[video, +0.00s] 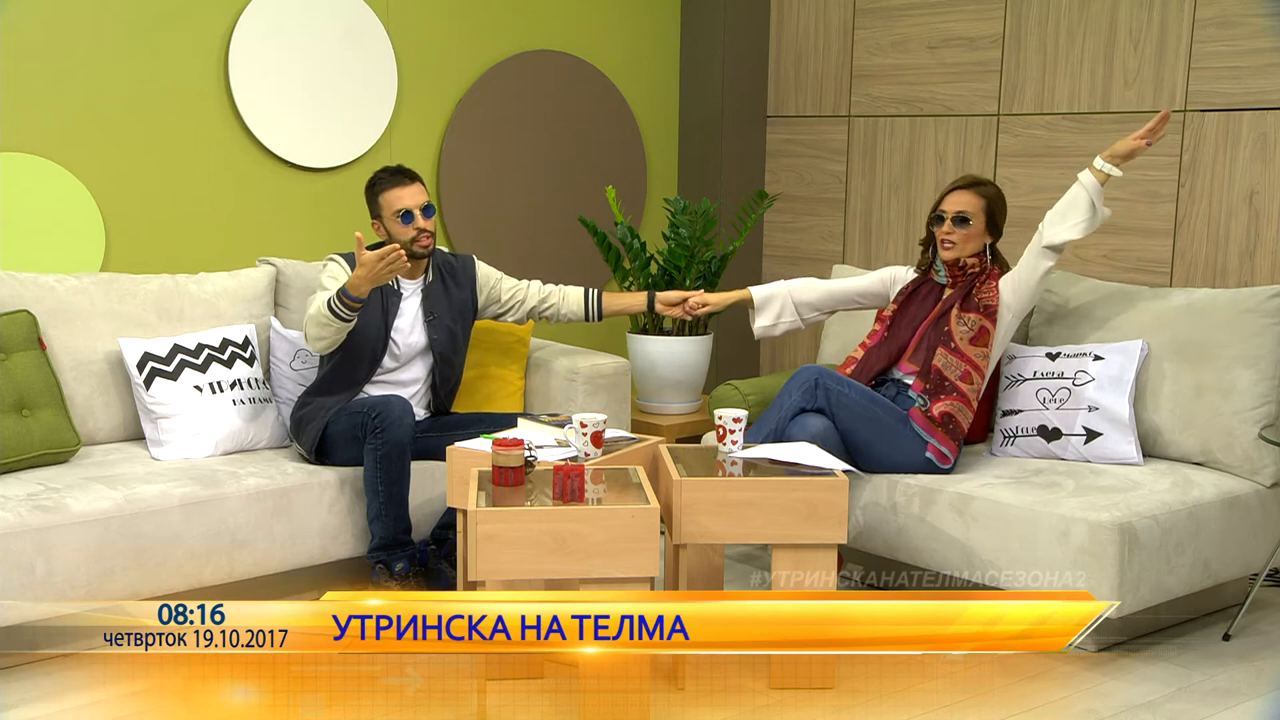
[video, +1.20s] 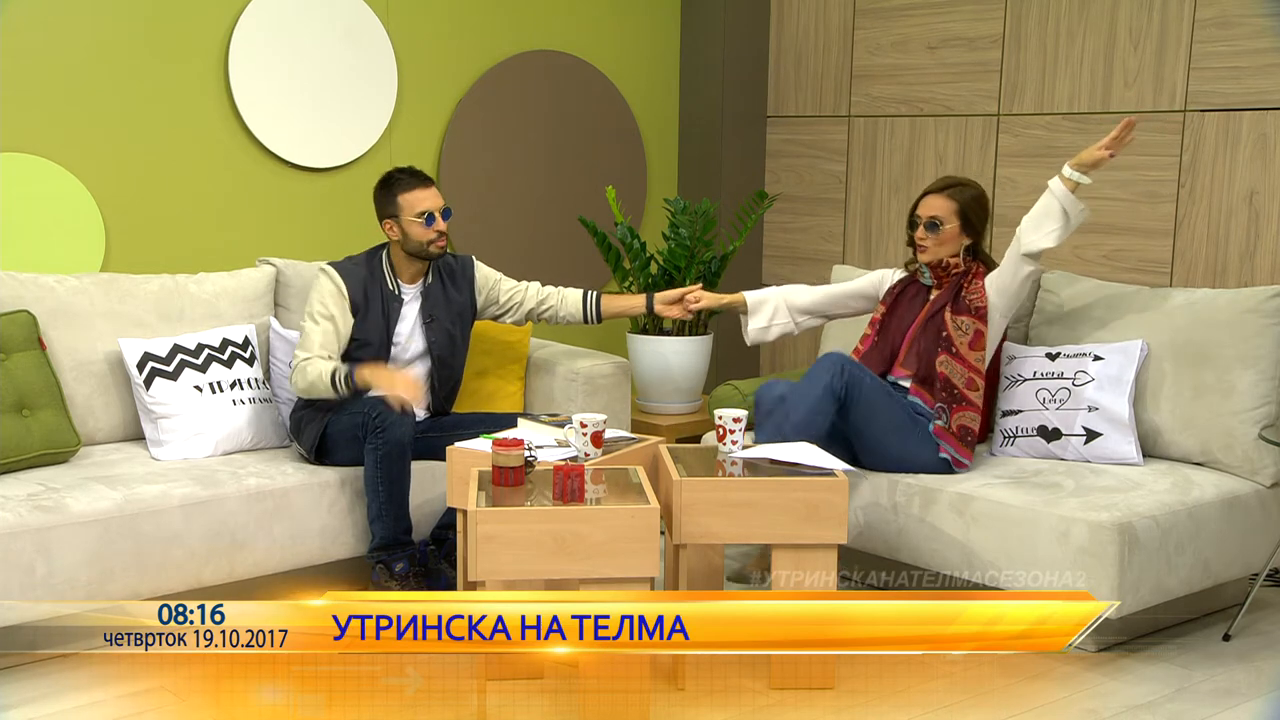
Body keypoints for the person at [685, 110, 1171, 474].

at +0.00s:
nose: (947, 230)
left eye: (962, 221)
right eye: (941, 220)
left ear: (992, 233)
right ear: (931, 229)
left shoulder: (1002, 297)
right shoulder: (909, 284)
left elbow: (1049, 242)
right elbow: (822, 291)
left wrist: (1106, 164)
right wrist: (729, 298)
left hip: (924, 433)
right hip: (868, 417)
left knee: (815, 379)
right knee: (803, 435)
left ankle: (736, 460)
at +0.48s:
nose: (941, 230)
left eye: (956, 221)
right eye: (939, 221)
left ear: (990, 232)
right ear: (935, 230)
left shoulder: (1005, 297)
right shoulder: (910, 283)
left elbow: (1052, 246)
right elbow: (823, 290)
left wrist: (1112, 168)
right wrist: (729, 298)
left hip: (925, 435)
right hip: (868, 415)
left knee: (814, 377)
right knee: (805, 428)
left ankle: (730, 469)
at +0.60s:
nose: (943, 231)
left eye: (957, 222)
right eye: (940, 222)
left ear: (992, 233)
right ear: (934, 231)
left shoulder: (1006, 297)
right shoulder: (911, 283)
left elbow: (1056, 245)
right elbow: (824, 291)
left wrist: (1115, 168)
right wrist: (730, 298)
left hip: (926, 435)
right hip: (869, 416)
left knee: (815, 376)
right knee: (807, 427)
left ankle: (730, 456)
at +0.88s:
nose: (942, 234)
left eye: (956, 225)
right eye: (937, 225)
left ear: (989, 235)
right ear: (932, 233)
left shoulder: (1003, 297)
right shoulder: (907, 283)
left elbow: (1053, 244)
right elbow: (822, 294)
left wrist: (1108, 169)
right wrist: (731, 297)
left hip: (931, 442)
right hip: (869, 423)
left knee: (831, 364)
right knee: (792, 421)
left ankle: (703, 415)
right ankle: (809, 567)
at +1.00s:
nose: (938, 238)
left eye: (952, 229)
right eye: (933, 229)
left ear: (985, 238)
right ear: (928, 236)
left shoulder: (1000, 296)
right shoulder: (906, 285)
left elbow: (1046, 244)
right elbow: (821, 294)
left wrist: (1097, 167)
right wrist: (730, 298)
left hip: (929, 440)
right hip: (868, 427)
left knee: (838, 360)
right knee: (764, 422)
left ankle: (700, 397)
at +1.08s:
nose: (930, 237)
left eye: (944, 228)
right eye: (927, 228)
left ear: (978, 237)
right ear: (924, 235)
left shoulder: (996, 297)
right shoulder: (903, 283)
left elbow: (1039, 244)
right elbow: (818, 296)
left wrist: (1091, 166)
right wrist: (733, 296)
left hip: (930, 441)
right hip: (869, 429)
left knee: (842, 359)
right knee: (782, 421)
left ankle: (718, 414)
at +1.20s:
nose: (920, 235)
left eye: (934, 226)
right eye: (917, 226)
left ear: (969, 234)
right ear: (913, 232)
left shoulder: (991, 294)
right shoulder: (896, 285)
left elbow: (1028, 247)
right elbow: (816, 299)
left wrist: (1076, 171)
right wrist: (725, 300)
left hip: (931, 437)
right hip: (864, 423)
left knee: (836, 368)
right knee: (772, 398)